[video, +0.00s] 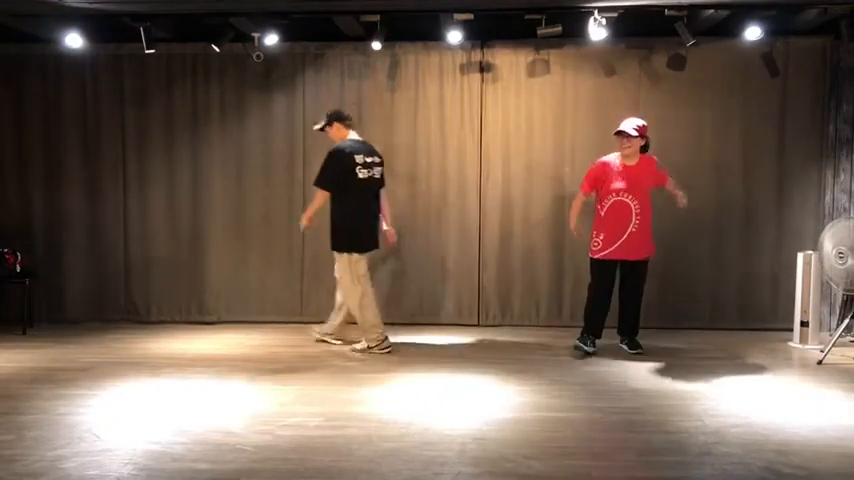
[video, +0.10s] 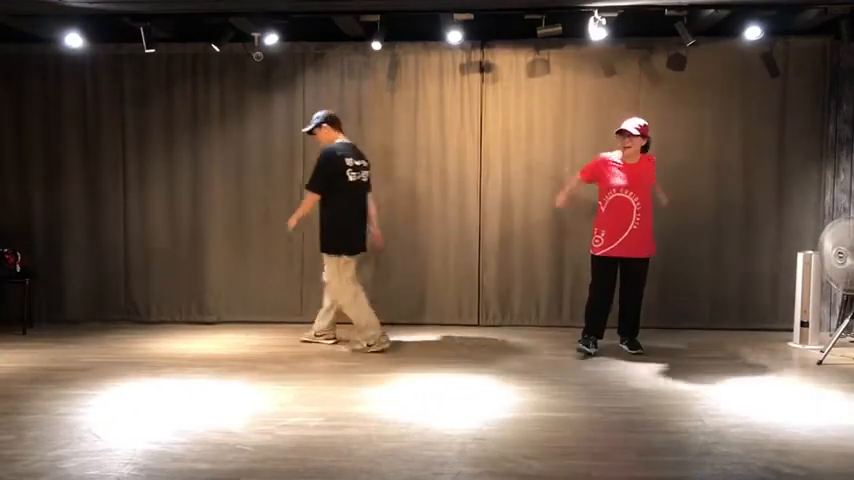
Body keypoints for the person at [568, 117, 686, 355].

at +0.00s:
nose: (625, 141)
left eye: (631, 137)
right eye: (622, 136)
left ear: (642, 141)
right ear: (617, 139)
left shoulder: (650, 166)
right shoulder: (604, 165)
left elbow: (666, 182)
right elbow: (582, 194)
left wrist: (678, 194)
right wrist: (573, 220)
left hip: (637, 242)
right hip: (605, 241)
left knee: (632, 293)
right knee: (600, 290)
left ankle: (629, 336)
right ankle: (589, 336)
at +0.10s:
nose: (626, 140)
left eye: (632, 136)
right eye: (623, 135)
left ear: (643, 141)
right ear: (618, 138)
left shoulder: (649, 164)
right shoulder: (604, 162)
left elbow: (653, 183)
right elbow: (578, 179)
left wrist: (662, 197)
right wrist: (563, 195)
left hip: (637, 243)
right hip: (606, 242)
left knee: (633, 294)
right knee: (600, 292)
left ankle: (628, 337)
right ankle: (590, 338)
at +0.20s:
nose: (626, 142)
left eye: (632, 138)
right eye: (623, 137)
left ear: (642, 143)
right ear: (617, 139)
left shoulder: (647, 166)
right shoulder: (601, 162)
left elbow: (660, 183)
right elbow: (572, 171)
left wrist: (679, 199)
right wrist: (548, 186)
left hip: (636, 243)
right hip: (604, 242)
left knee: (632, 294)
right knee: (600, 292)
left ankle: (628, 337)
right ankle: (593, 339)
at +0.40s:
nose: (619, 150)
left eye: (624, 146)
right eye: (616, 145)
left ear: (633, 146)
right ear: (609, 143)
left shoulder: (640, 164)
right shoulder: (597, 167)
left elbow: (648, 182)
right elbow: (602, 189)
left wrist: (618, 170)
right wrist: (627, 199)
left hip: (631, 244)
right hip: (599, 244)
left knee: (629, 295)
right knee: (597, 295)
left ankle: (628, 337)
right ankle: (592, 340)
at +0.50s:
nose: (616, 142)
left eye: (621, 137)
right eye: (611, 137)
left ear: (629, 141)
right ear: (603, 140)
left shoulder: (635, 161)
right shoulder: (593, 166)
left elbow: (611, 164)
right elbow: (616, 184)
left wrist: (584, 153)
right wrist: (646, 175)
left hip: (627, 240)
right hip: (597, 241)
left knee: (628, 293)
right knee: (595, 294)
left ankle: (628, 336)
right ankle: (592, 340)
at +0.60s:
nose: (609, 141)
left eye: (614, 136)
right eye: (604, 136)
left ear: (621, 139)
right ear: (594, 139)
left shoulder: (628, 158)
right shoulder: (587, 164)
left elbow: (623, 172)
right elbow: (596, 187)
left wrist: (586, 168)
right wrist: (628, 186)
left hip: (625, 238)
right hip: (594, 239)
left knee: (629, 291)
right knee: (594, 293)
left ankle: (629, 334)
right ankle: (592, 340)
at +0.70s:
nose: (601, 141)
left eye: (605, 136)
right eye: (595, 137)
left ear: (612, 139)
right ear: (587, 141)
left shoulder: (624, 162)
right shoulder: (579, 168)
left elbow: (647, 187)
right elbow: (564, 201)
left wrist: (633, 187)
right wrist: (573, 210)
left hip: (622, 240)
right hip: (590, 242)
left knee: (629, 291)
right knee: (591, 294)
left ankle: (630, 334)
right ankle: (592, 340)